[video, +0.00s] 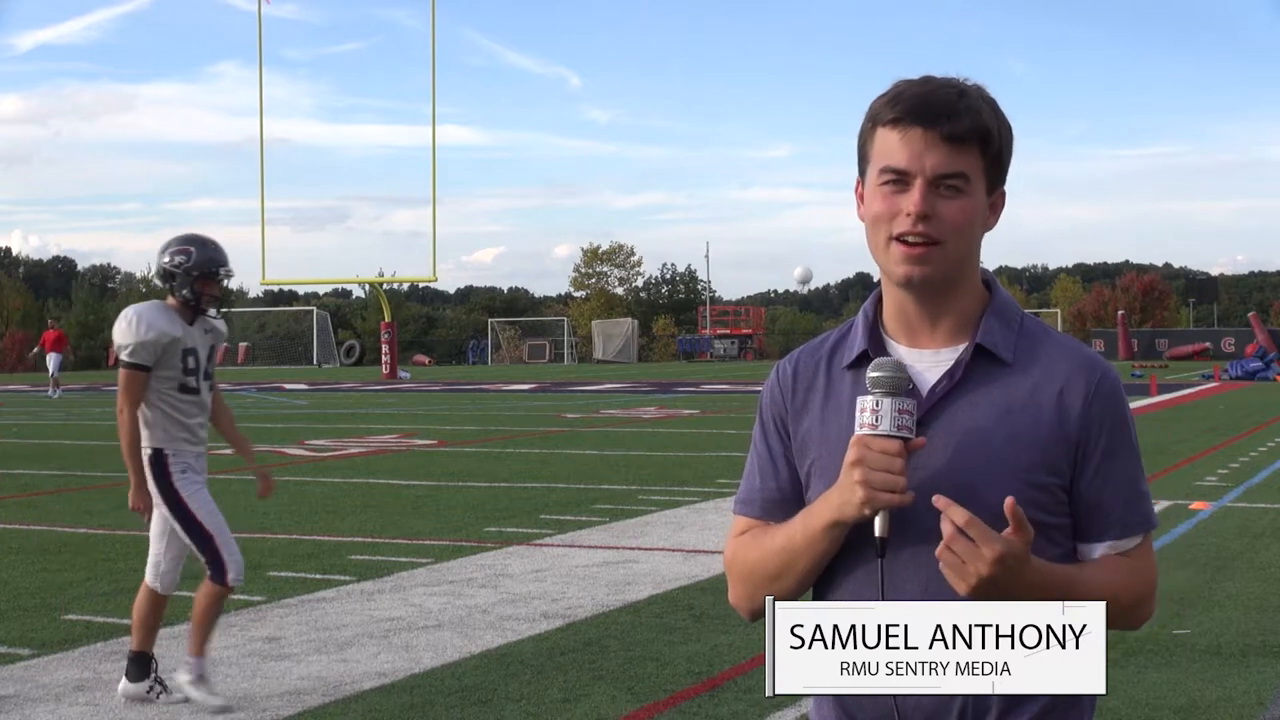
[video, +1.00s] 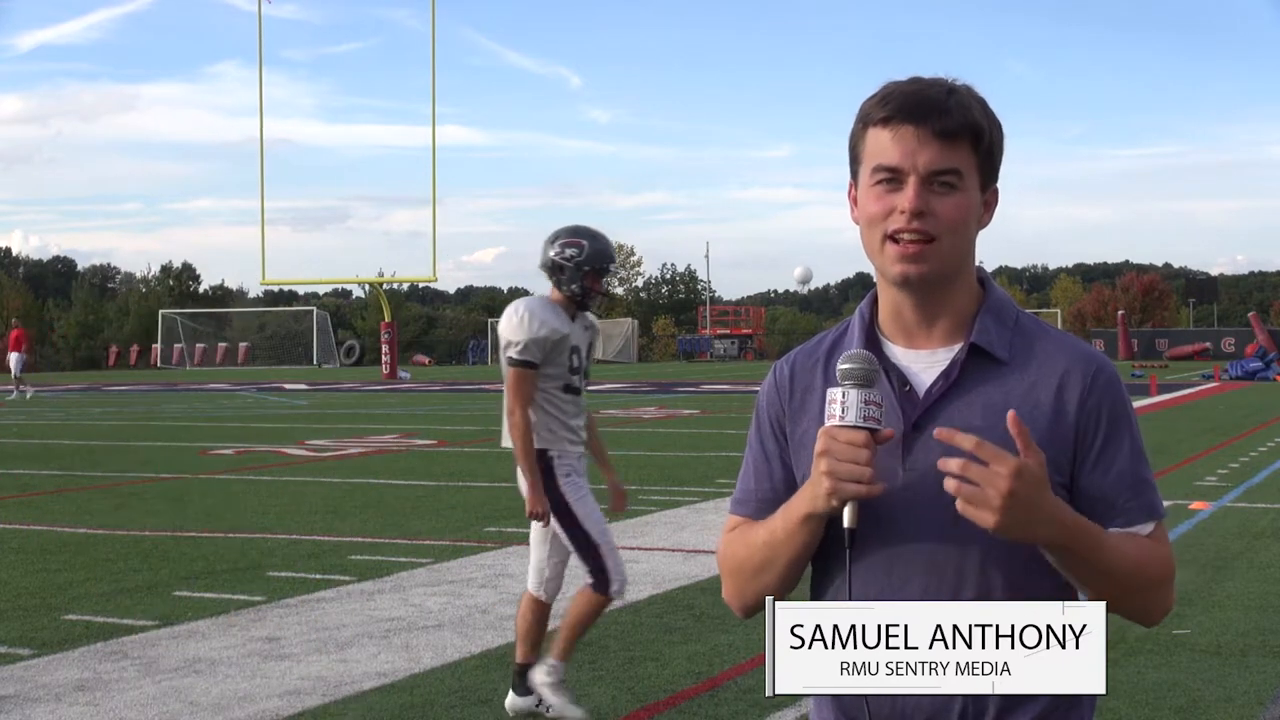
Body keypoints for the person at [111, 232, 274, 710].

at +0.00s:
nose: (215, 288)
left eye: (217, 280)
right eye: (207, 280)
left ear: (212, 281)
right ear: (179, 279)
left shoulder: (210, 328)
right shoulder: (145, 323)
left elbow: (212, 400)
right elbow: (127, 407)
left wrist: (252, 458)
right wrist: (137, 480)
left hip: (192, 462)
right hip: (163, 462)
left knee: (160, 575)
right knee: (225, 566)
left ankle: (137, 675)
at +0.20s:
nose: (290, 296)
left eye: (291, 288)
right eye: (283, 288)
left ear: (280, 288)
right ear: (256, 288)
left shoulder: (284, 338)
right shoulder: (219, 334)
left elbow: (298, 399)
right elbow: (198, 420)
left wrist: (355, 440)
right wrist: (200, 496)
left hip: (265, 467)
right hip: (238, 468)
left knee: (220, 580)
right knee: (282, 580)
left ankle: (156, 661)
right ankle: (314, 690)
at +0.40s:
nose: (366, 288)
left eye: (367, 279)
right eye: (358, 280)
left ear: (353, 279)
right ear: (331, 279)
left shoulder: (356, 328)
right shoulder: (295, 326)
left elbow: (352, 405)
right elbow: (286, 415)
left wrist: (384, 463)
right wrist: (304, 487)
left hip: (348, 464)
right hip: (314, 466)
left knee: (369, 581)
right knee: (319, 584)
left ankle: (291, 635)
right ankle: (318, 689)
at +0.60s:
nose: (447, 289)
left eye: (447, 280)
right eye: (441, 281)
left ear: (423, 281)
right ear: (414, 279)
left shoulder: (429, 330)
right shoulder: (374, 322)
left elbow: (406, 399)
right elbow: (370, 408)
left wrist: (410, 456)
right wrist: (417, 471)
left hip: (418, 466)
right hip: (376, 467)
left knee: (460, 575)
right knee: (355, 581)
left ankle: (480, 680)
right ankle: (325, 681)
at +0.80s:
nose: (530, 293)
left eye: (530, 284)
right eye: (524, 284)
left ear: (503, 284)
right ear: (498, 282)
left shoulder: (506, 332)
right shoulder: (459, 324)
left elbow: (492, 410)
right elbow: (454, 413)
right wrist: (496, 476)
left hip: (506, 470)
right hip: (470, 474)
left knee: (515, 585)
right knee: (462, 599)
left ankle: (520, 692)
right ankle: (379, 654)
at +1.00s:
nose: (602, 285)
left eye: (603, 275)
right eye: (596, 275)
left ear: (578, 272)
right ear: (571, 272)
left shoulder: (585, 327)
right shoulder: (527, 317)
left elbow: (578, 410)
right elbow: (517, 410)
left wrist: (609, 474)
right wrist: (532, 484)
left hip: (568, 462)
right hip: (546, 463)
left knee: (543, 582)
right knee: (607, 578)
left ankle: (522, 690)